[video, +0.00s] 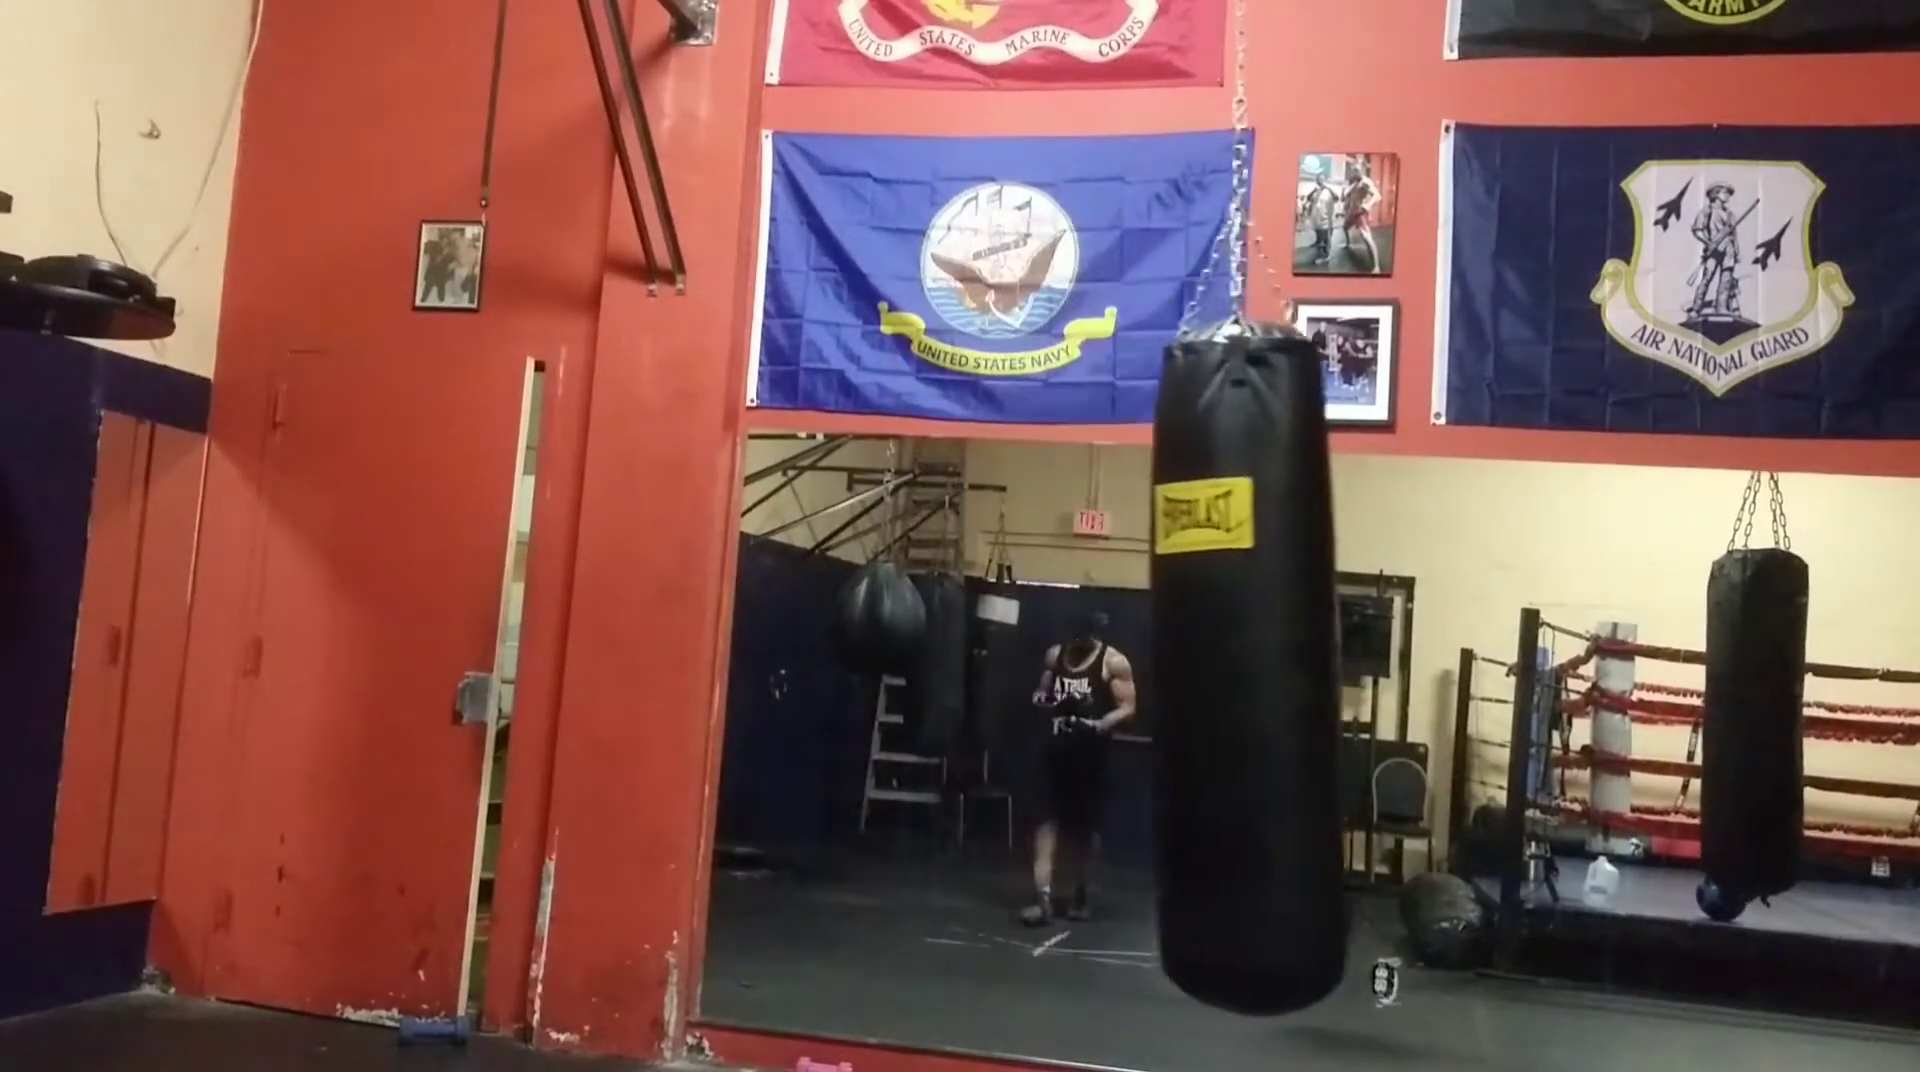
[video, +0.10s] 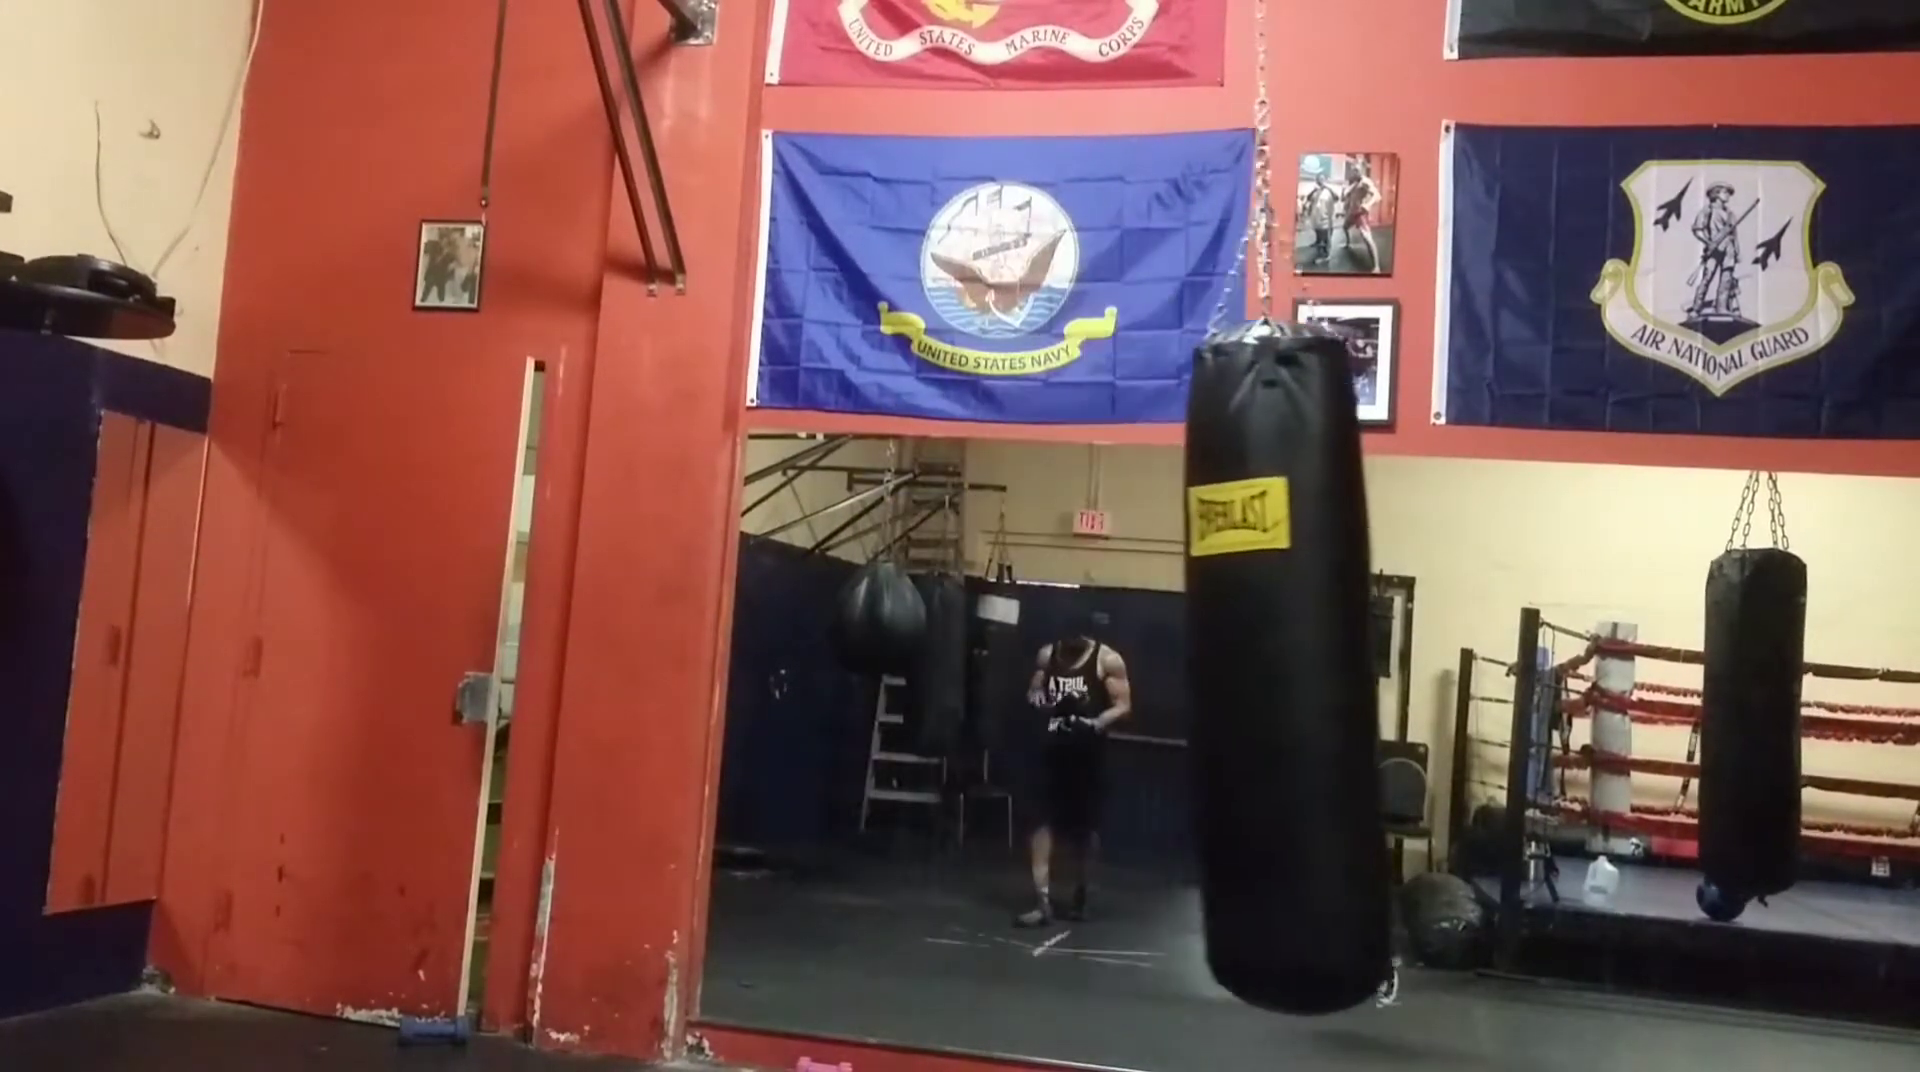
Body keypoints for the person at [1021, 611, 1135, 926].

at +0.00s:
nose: (1082, 644)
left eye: (1089, 639)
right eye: (1078, 637)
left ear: (1099, 637)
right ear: (1072, 634)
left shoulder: (1114, 662)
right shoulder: (1056, 656)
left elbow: (1127, 706)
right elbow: (1041, 693)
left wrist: (1099, 723)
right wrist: (1044, 699)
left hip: (1090, 753)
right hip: (1055, 749)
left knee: (1085, 827)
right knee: (1046, 819)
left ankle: (1080, 895)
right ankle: (1043, 898)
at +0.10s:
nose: (1069, 646)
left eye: (1075, 640)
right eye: (1064, 639)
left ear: (1087, 636)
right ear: (1058, 635)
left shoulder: (1108, 660)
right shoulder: (1048, 655)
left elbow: (1122, 705)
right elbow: (1034, 692)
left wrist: (1095, 723)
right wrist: (1044, 704)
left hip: (1087, 754)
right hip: (1050, 751)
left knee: (1085, 827)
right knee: (1041, 822)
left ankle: (1081, 892)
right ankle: (1042, 901)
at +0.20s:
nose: (1064, 646)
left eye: (1070, 640)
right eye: (1059, 640)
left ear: (1082, 633)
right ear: (1052, 635)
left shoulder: (1103, 658)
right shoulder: (1041, 654)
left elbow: (1118, 702)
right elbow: (1025, 694)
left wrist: (1096, 721)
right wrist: (1035, 694)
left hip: (1082, 753)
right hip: (1044, 750)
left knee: (1081, 826)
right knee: (1038, 824)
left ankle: (1081, 891)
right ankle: (1042, 901)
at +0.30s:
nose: (1070, 633)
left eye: (1076, 627)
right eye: (1064, 627)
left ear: (1084, 626)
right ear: (1054, 626)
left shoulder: (1100, 655)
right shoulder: (1036, 652)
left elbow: (1115, 700)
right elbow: (1020, 692)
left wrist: (1096, 718)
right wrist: (1037, 689)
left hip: (1079, 751)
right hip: (1040, 749)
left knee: (1077, 823)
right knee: (1038, 823)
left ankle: (1076, 891)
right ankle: (1041, 902)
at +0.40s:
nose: (1072, 633)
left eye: (1077, 626)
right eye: (1067, 627)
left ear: (1084, 624)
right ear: (1055, 624)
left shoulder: (1098, 654)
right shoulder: (1034, 649)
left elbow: (1112, 698)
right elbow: (1017, 690)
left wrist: (1096, 715)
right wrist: (1037, 690)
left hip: (1076, 751)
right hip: (1038, 749)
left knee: (1072, 826)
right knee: (1038, 825)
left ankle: (1068, 903)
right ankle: (1041, 902)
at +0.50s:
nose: (1082, 633)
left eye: (1085, 627)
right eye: (1076, 626)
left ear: (1088, 625)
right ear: (1060, 624)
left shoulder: (1097, 654)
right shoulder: (1033, 649)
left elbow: (1110, 698)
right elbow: (1015, 691)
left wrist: (1098, 716)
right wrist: (1042, 694)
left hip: (1075, 752)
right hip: (1037, 751)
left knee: (1071, 828)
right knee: (1039, 826)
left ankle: (1066, 908)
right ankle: (1042, 902)